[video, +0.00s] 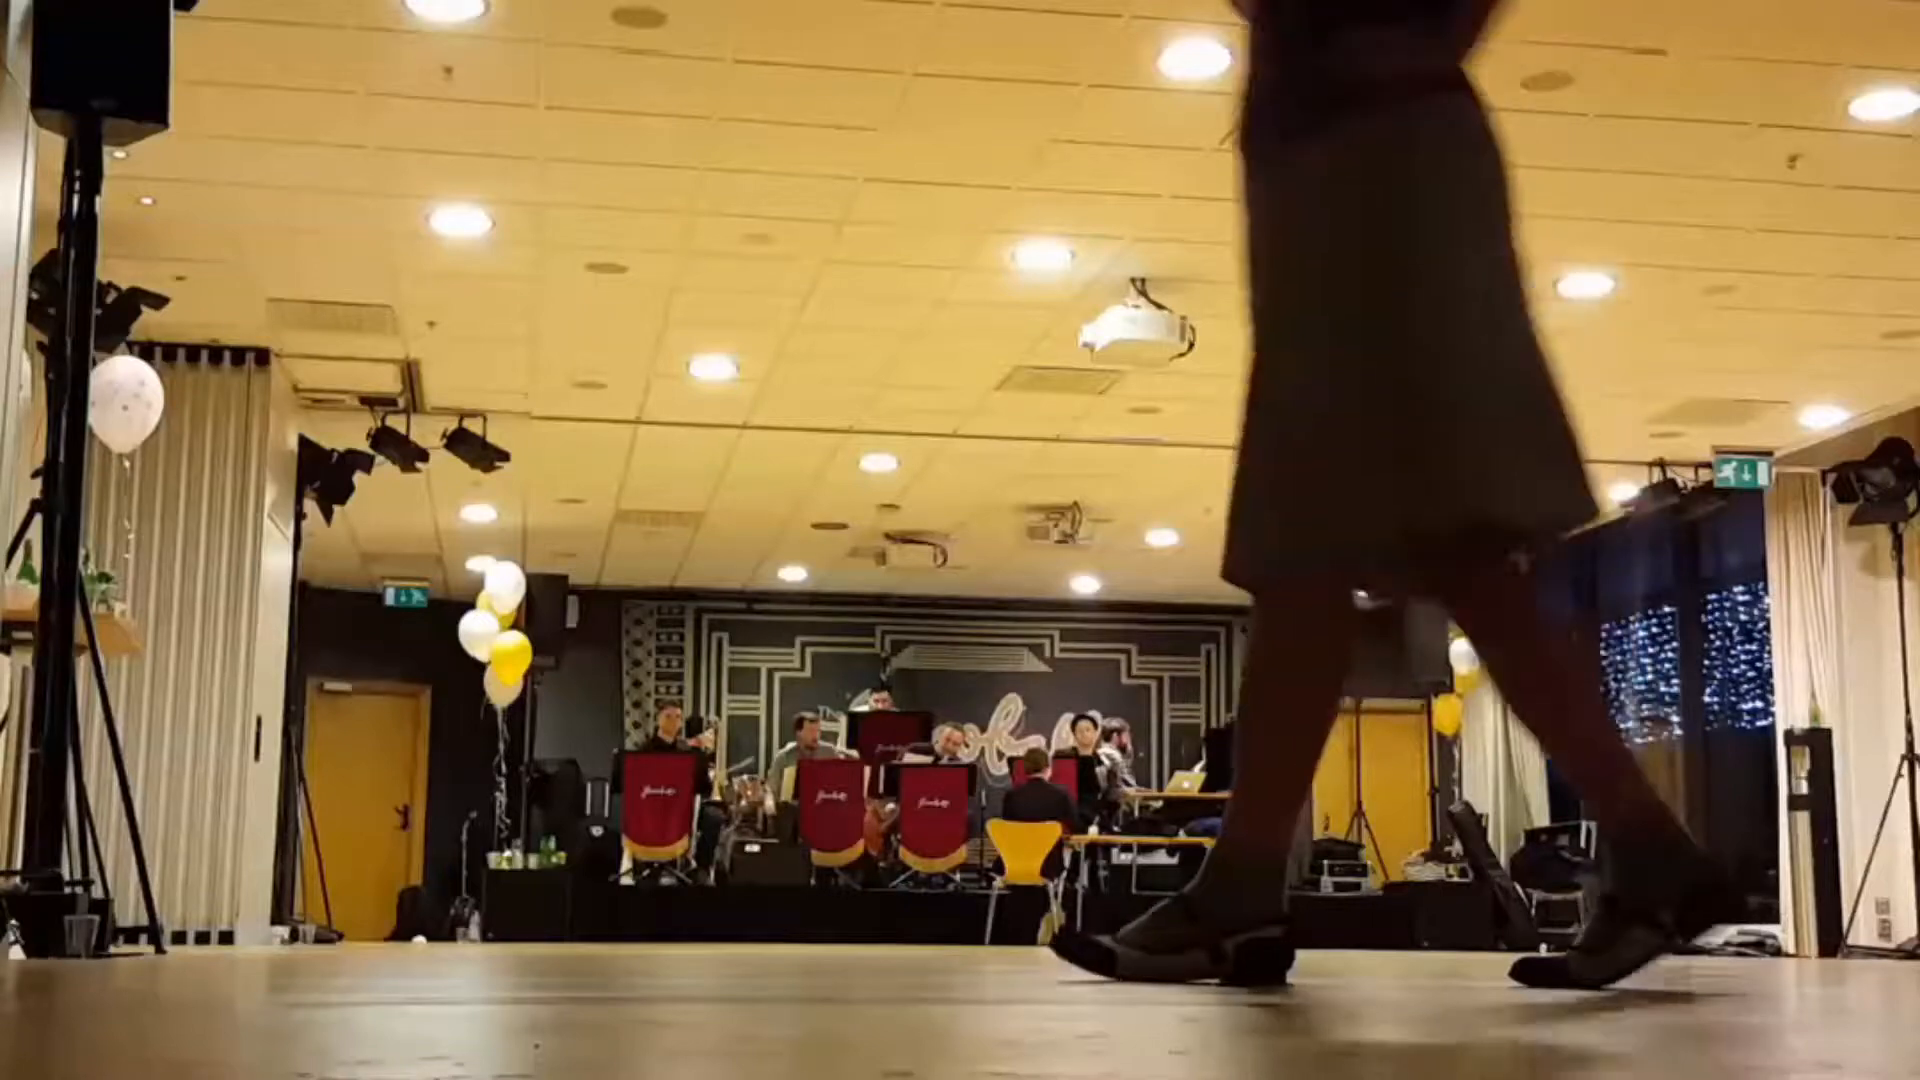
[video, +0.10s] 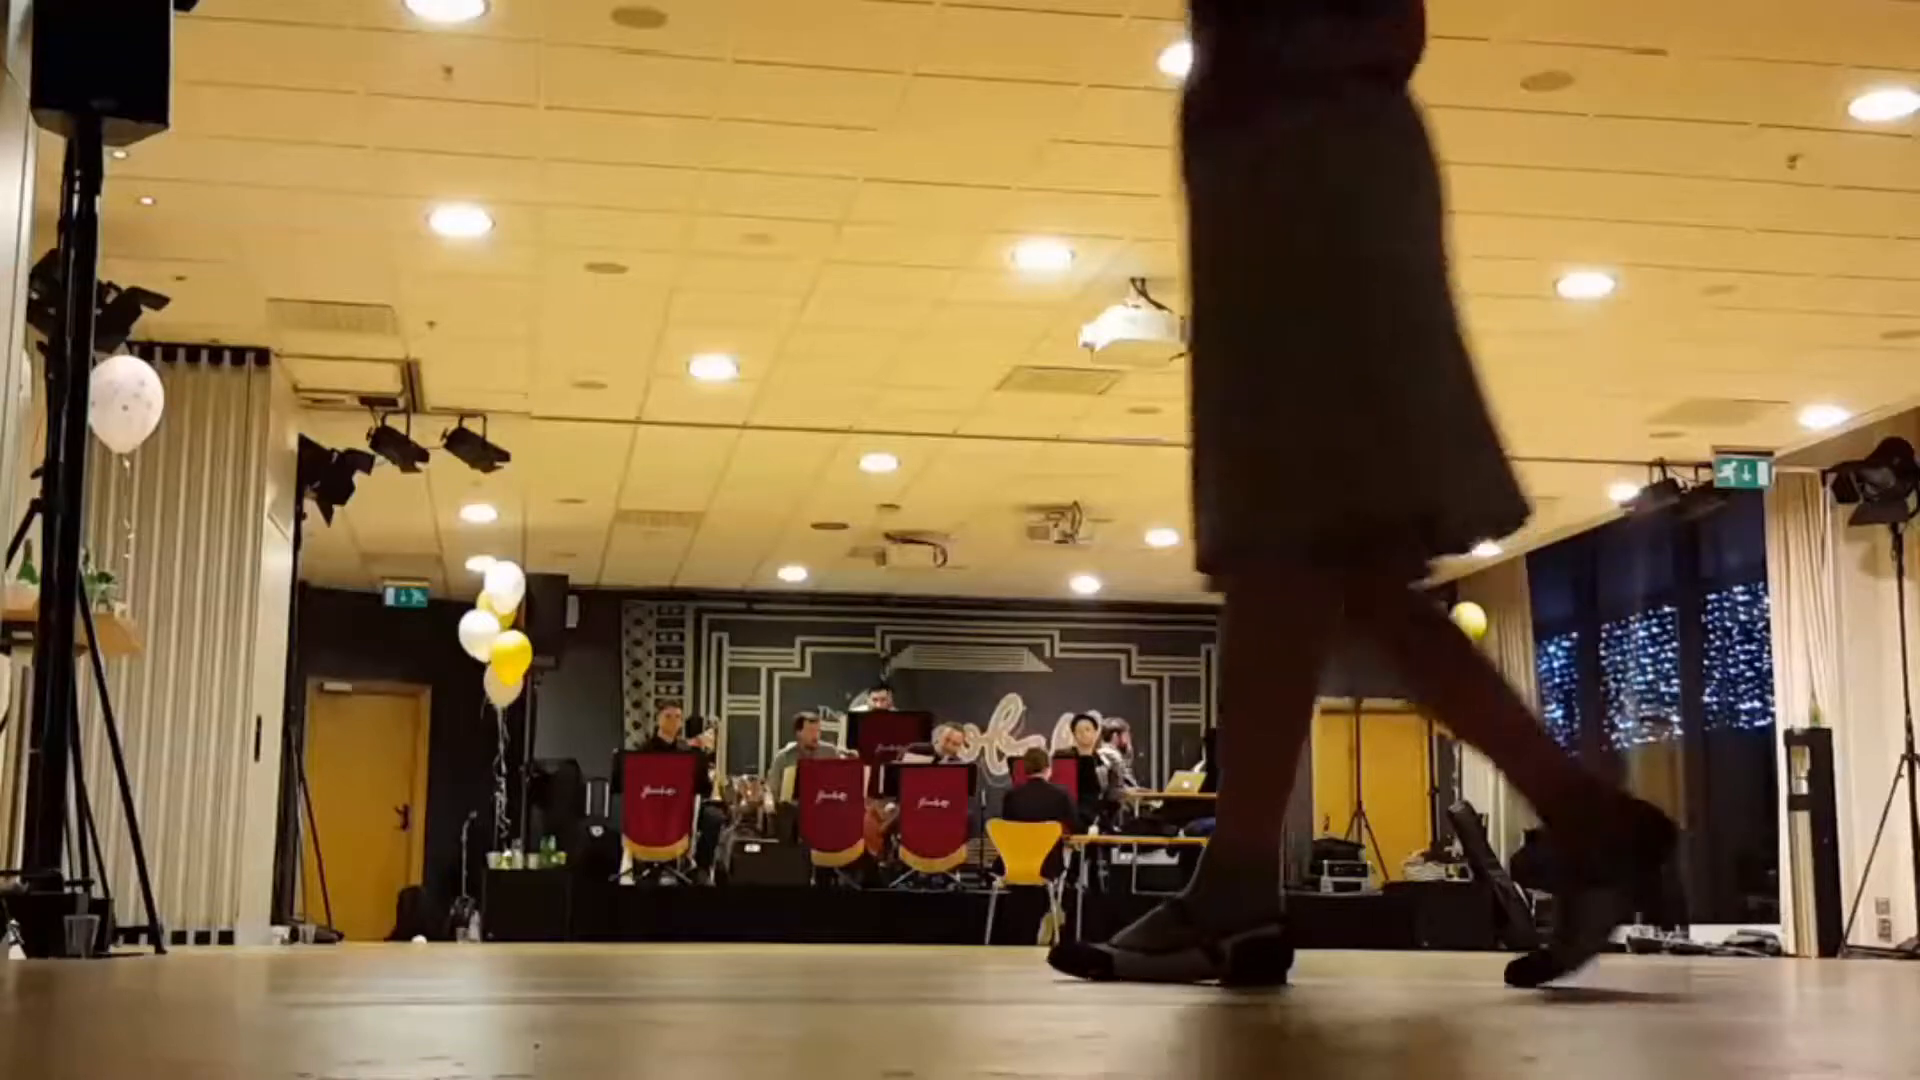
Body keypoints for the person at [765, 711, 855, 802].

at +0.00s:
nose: (815, 735)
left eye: (817, 730)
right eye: (811, 730)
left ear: (820, 731)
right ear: (799, 732)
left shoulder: (829, 752)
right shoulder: (785, 756)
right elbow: (773, 784)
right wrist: (771, 801)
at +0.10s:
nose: (815, 736)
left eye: (817, 730)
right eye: (810, 730)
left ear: (820, 732)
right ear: (799, 733)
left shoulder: (830, 753)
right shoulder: (784, 757)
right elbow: (772, 785)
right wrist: (770, 801)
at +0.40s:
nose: (813, 736)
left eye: (816, 731)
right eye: (808, 731)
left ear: (819, 732)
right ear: (798, 734)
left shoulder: (831, 753)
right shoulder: (785, 757)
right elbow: (772, 786)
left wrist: (852, 762)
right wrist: (770, 802)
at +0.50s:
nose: (810, 736)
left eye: (813, 731)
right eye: (806, 732)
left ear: (818, 732)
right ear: (797, 734)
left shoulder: (831, 753)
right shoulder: (785, 757)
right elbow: (771, 787)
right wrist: (770, 803)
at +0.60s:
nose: (809, 736)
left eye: (812, 731)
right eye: (804, 732)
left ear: (818, 731)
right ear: (797, 733)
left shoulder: (831, 752)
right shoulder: (784, 757)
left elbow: (856, 757)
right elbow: (771, 785)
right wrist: (770, 802)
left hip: (824, 807)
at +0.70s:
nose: (808, 736)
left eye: (811, 730)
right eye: (804, 731)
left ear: (817, 730)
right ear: (796, 733)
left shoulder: (832, 753)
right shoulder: (783, 757)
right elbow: (770, 784)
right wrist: (770, 800)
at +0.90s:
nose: (807, 737)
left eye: (810, 731)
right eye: (802, 732)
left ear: (817, 731)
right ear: (795, 734)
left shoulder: (829, 753)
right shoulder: (783, 758)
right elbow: (770, 786)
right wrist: (769, 802)